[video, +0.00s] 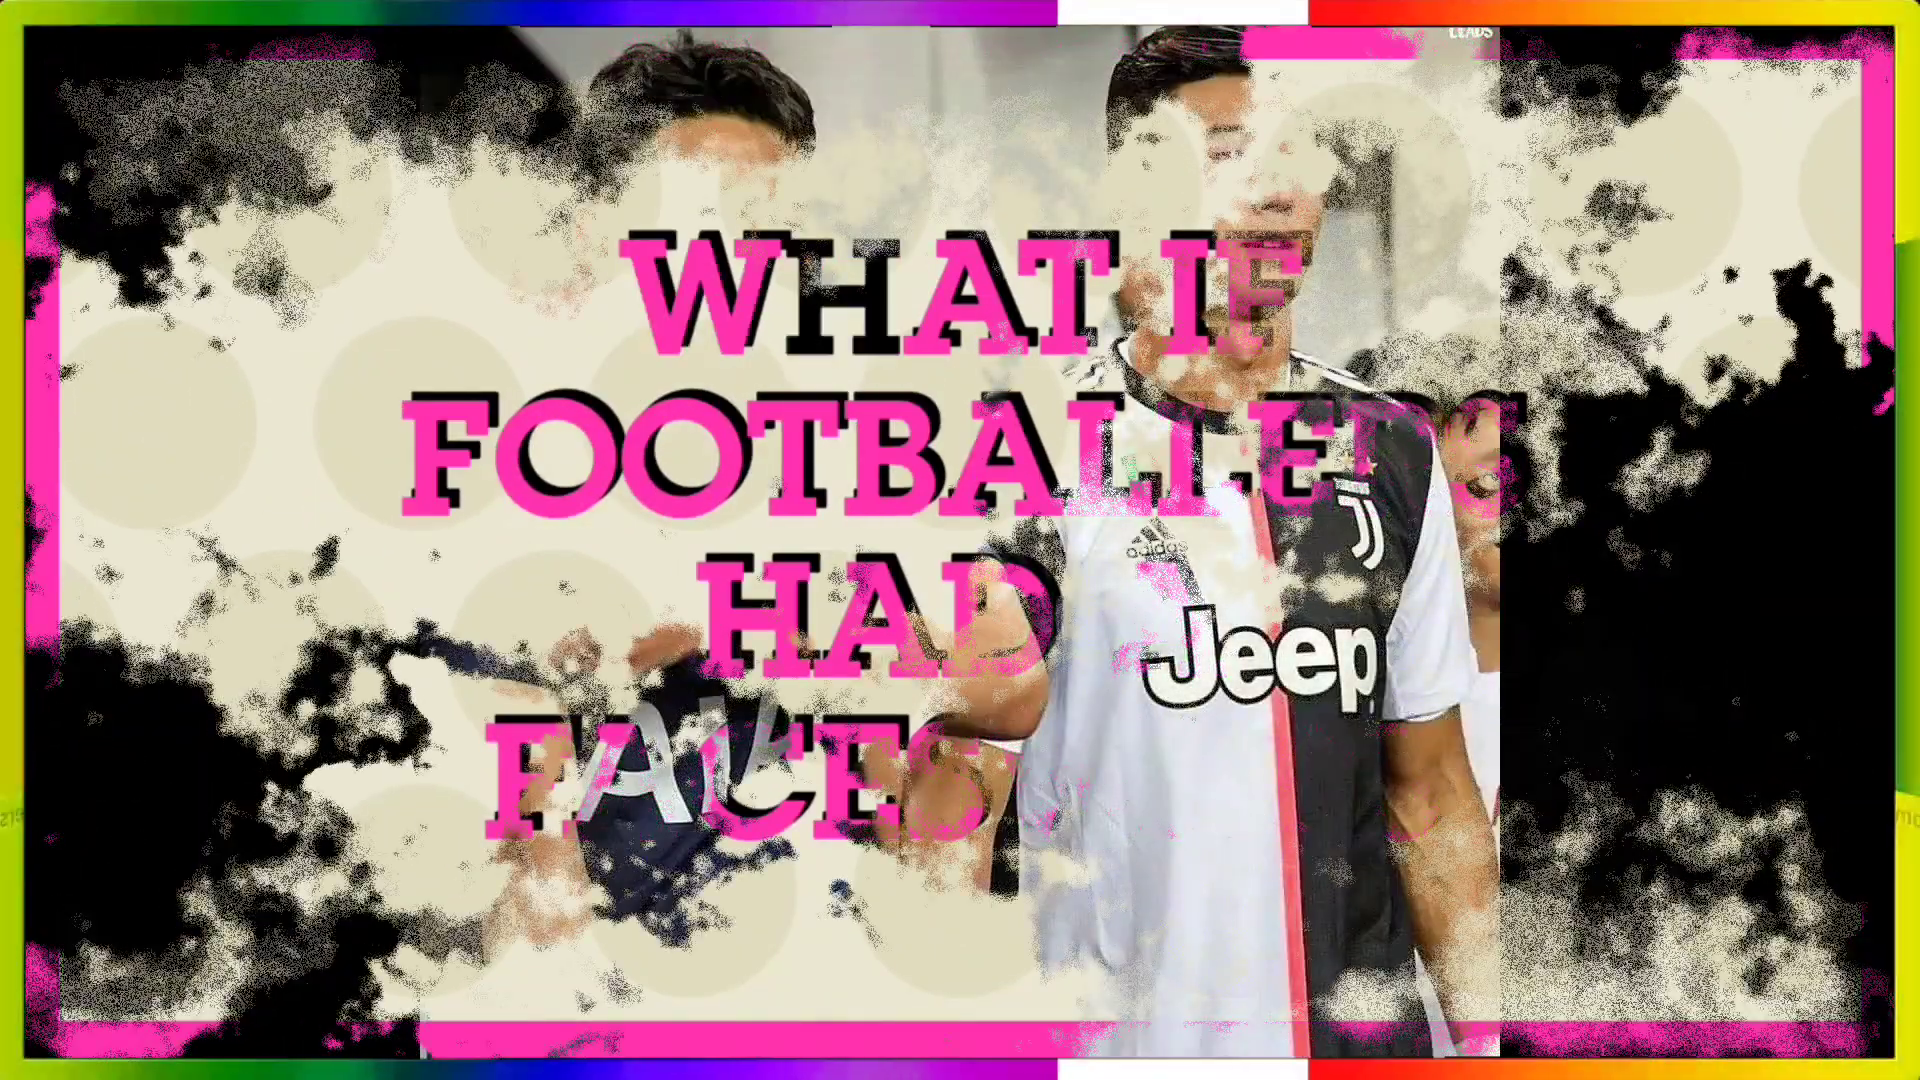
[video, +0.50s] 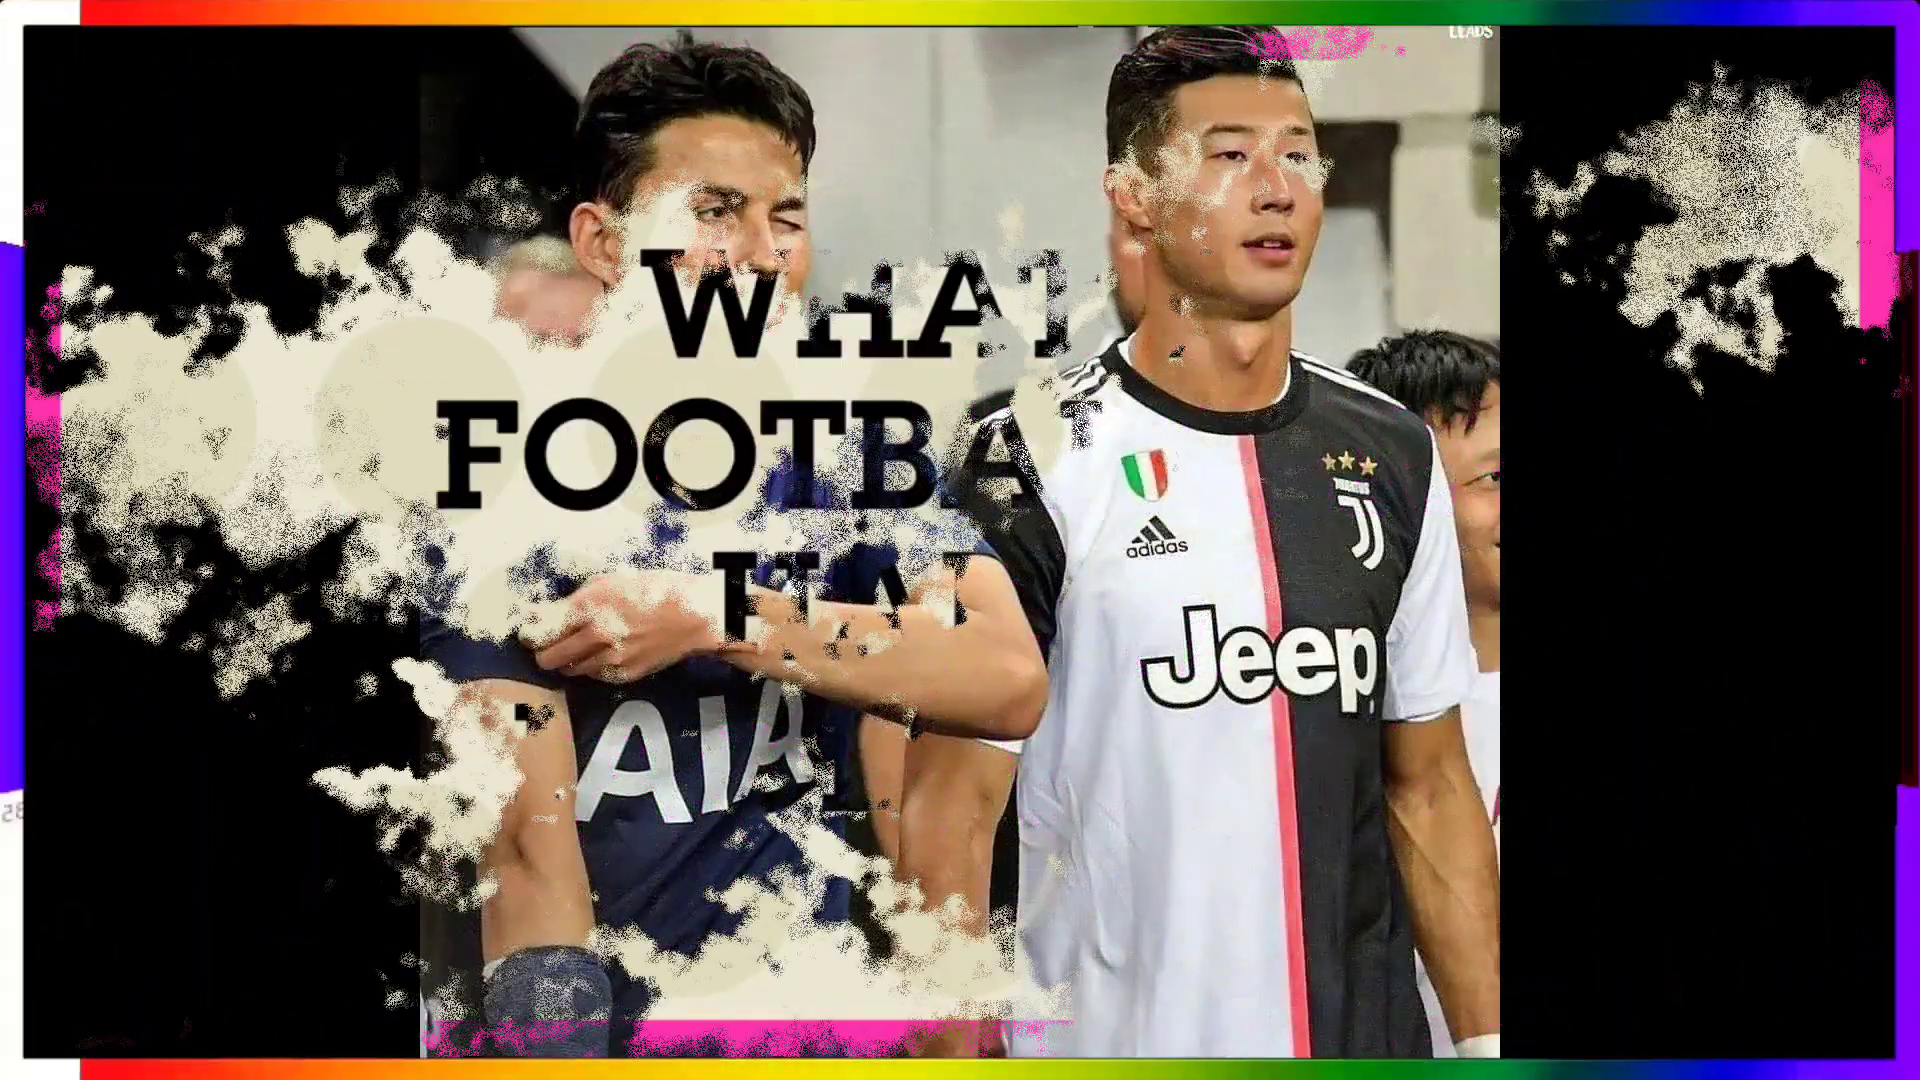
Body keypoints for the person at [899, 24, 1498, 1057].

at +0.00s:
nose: (1247, 280)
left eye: (1278, 241)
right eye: (1205, 236)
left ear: (1315, 240)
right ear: (1117, 231)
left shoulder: (1392, 459)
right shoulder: (1042, 456)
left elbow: (1433, 791)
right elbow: (944, 810)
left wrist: (1475, 1042)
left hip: (1345, 1019)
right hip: (1106, 1027)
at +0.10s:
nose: (1275, 200)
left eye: (1293, 160)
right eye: (1225, 162)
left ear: (1324, 193)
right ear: (1129, 197)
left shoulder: (1390, 453)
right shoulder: (1042, 454)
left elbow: (1431, 783)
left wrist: (1476, 1043)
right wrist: (965, 741)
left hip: (1349, 1033)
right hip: (1109, 1038)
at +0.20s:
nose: (1278, 195)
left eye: (1293, 159)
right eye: (1228, 161)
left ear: (1320, 188)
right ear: (1136, 201)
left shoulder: (1391, 452)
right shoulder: (1040, 455)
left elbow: (1430, 783)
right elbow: (953, 805)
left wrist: (1482, 1039)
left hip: (1357, 1036)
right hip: (1120, 1040)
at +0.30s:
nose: (1280, 193)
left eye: (1297, 160)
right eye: (1230, 159)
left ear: (1321, 193)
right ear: (1135, 202)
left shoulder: (1392, 452)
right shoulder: (1043, 450)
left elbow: (1430, 787)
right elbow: (954, 801)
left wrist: (1484, 1043)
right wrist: (926, 1060)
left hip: (1359, 1037)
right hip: (1122, 1039)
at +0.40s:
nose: (1279, 192)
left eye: (1298, 158)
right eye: (1230, 158)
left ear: (1322, 190)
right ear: (1137, 201)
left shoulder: (1392, 452)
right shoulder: (1042, 451)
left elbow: (1430, 789)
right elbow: (953, 803)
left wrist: (1486, 1042)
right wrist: (935, 1057)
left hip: (1358, 1040)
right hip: (1118, 1040)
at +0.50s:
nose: (1280, 193)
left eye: (1297, 158)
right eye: (1231, 158)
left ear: (1321, 189)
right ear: (1135, 201)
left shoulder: (1393, 452)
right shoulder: (1037, 457)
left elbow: (1430, 788)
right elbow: (948, 807)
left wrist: (1485, 1046)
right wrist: (945, 1054)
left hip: (1360, 1041)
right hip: (1120, 1043)